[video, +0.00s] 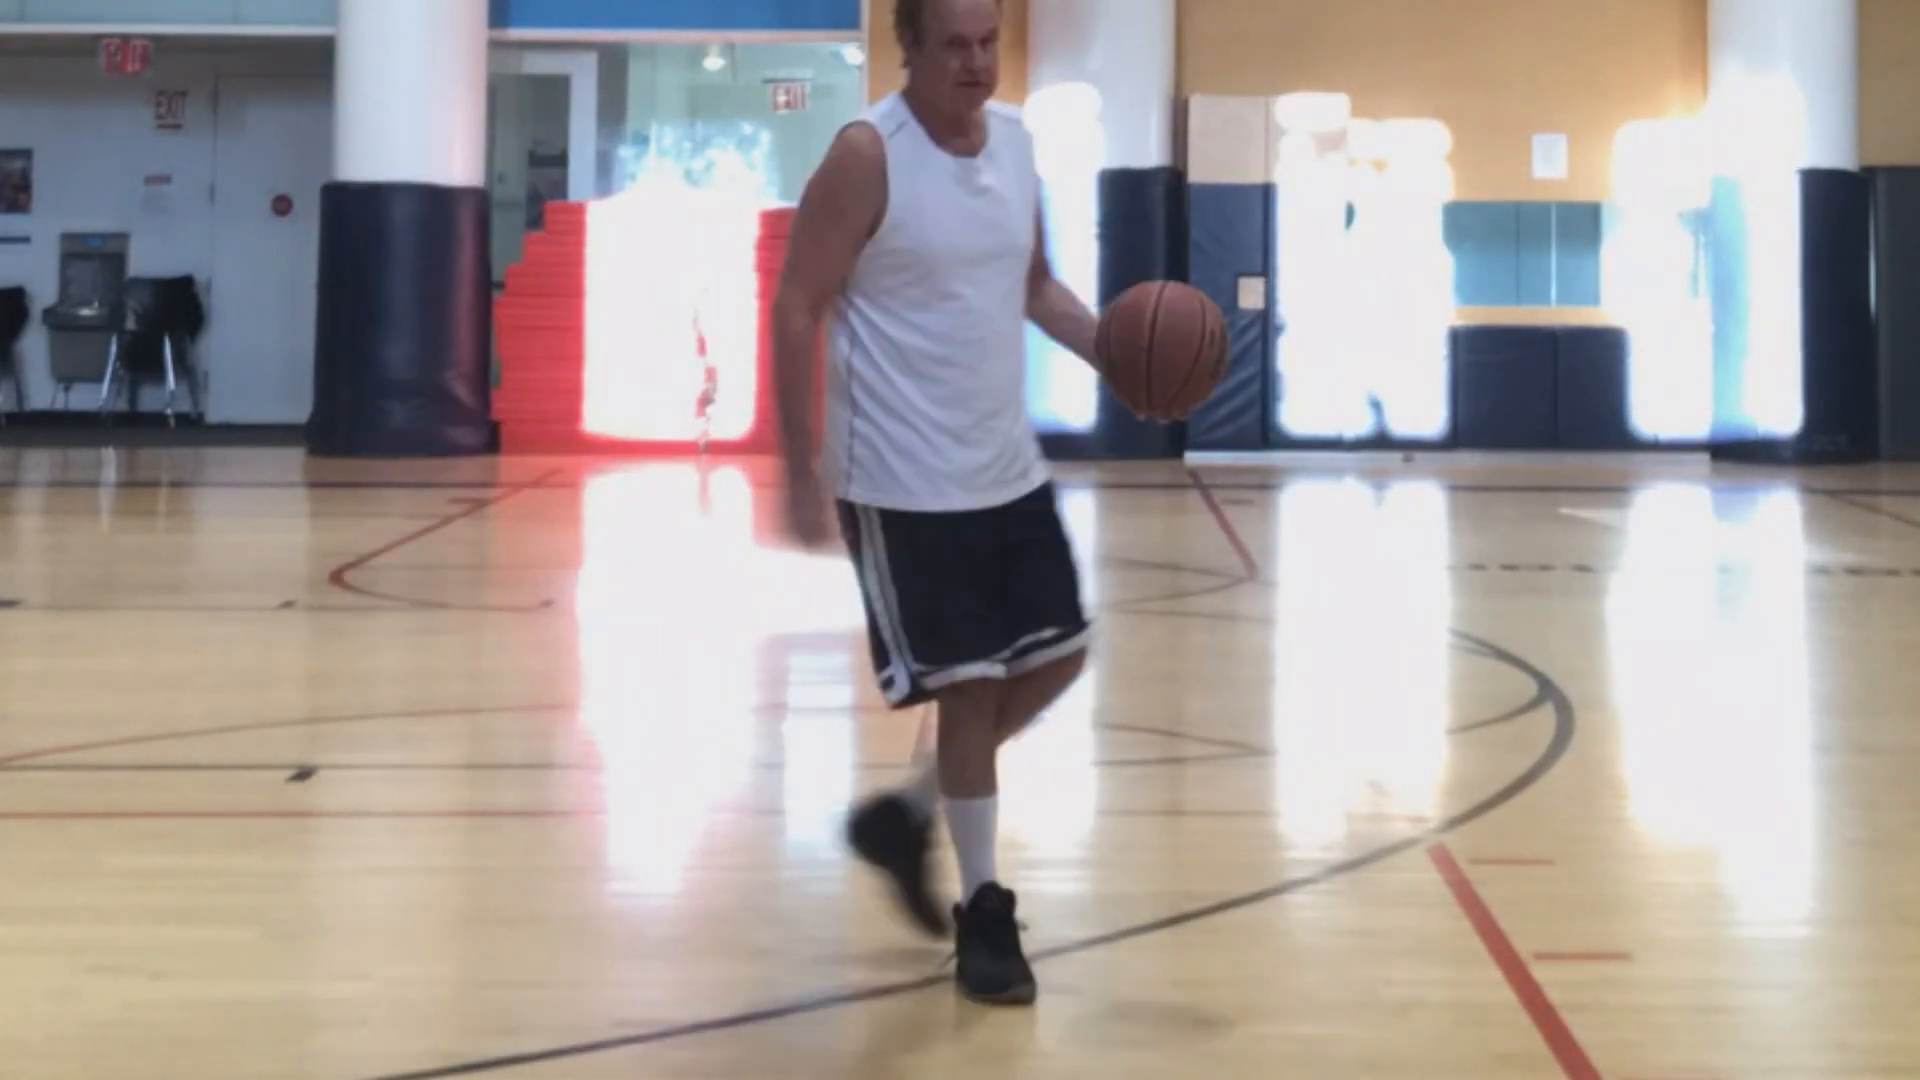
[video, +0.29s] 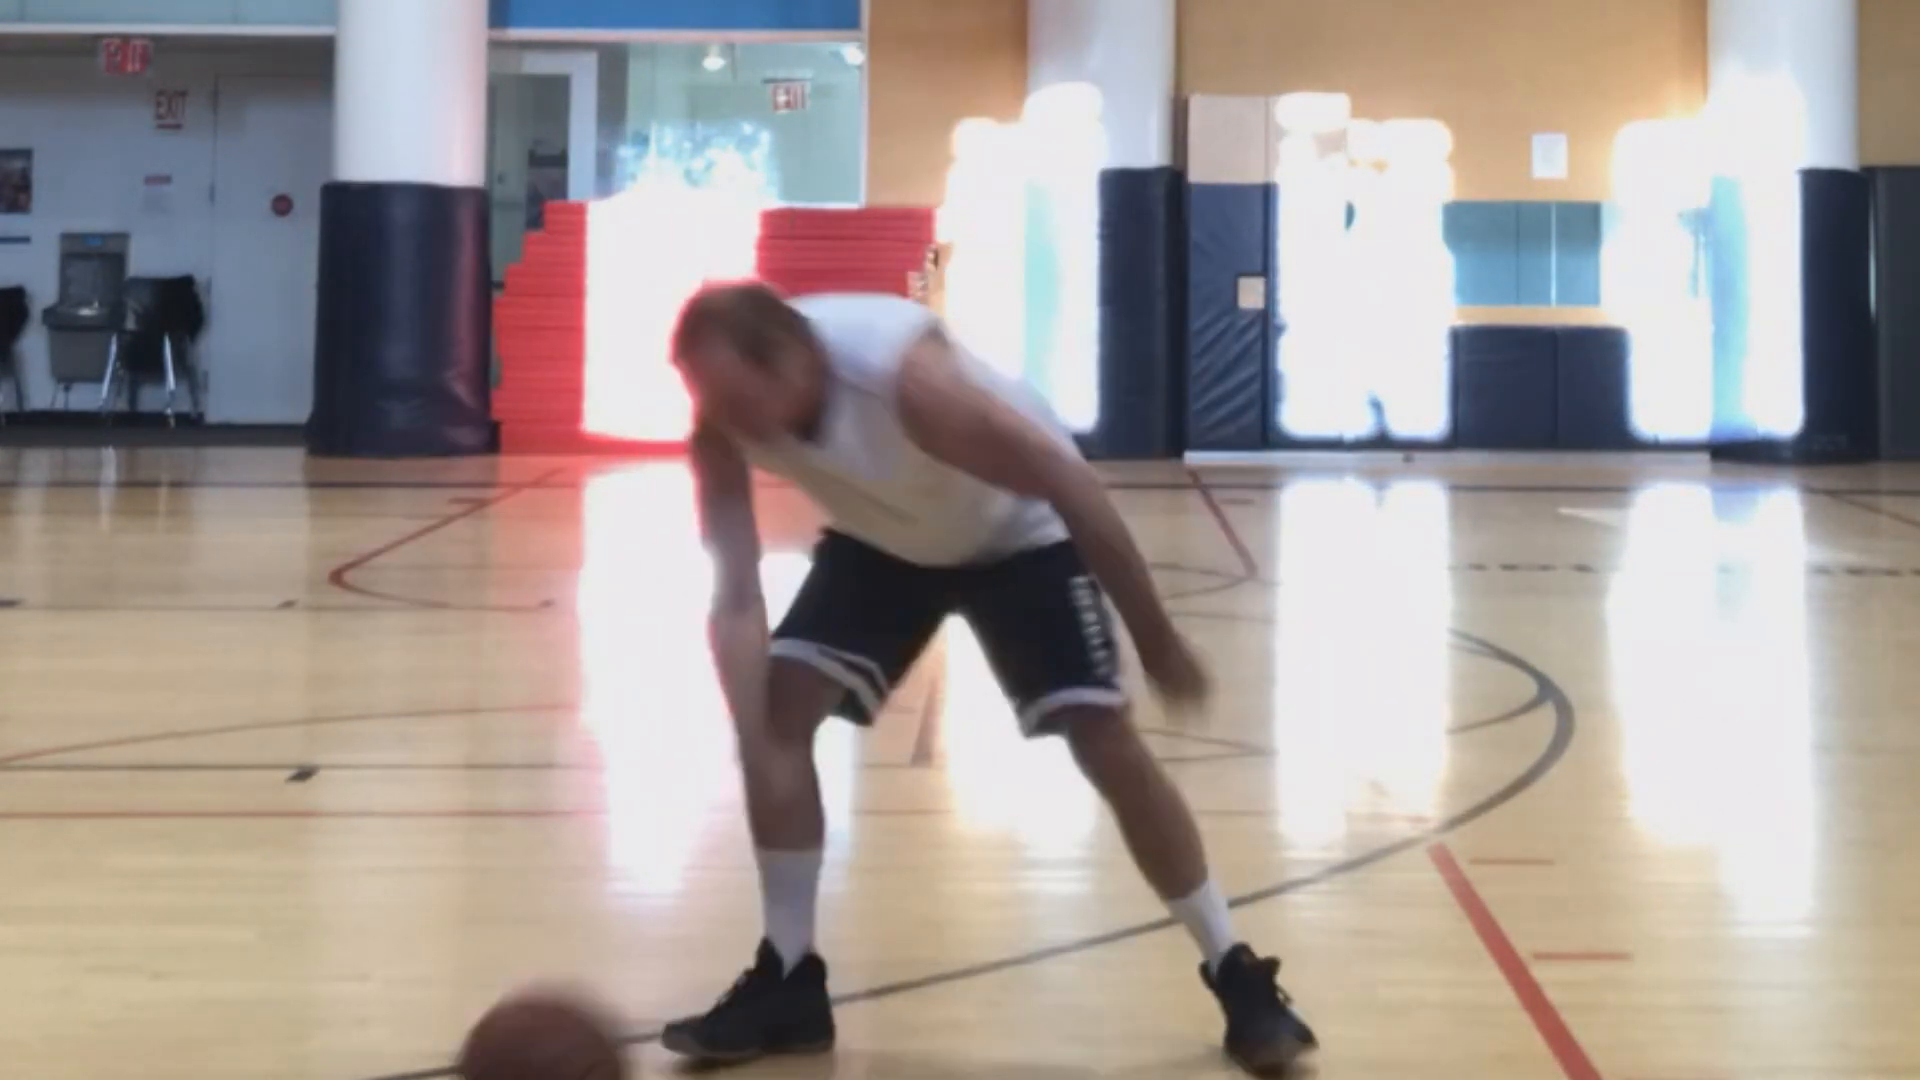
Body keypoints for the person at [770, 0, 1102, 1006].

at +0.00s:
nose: (978, 62)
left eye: (988, 42)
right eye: (957, 43)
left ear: (1002, 45)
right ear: (909, 49)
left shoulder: (1010, 144)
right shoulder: (866, 156)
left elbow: (1031, 282)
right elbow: (797, 307)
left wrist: (1120, 354)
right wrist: (802, 467)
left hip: (1003, 463)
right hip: (902, 475)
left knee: (1055, 655)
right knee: (971, 684)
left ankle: (904, 814)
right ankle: (983, 909)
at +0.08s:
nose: (1158, 150)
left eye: (1178, 128)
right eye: (1137, 128)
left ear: (1208, 115)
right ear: (1103, 113)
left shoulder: (1248, 210)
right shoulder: (1048, 199)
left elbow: (1280, 374)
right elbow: (971, 347)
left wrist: (1303, 508)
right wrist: (931, 502)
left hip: (1192, 497)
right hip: (1052, 497)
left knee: (1216, 715)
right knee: (996, 710)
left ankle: (1239, 977)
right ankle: (981, 893)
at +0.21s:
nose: (1070, 423)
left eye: (1091, 408)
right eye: (1052, 409)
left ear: (1120, 368)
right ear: (1019, 362)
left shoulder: (1161, 376)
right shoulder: (947, 374)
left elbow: (1255, 401)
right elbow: (847, 503)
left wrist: (1336, 472)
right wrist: (783, 644)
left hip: (1112, 547)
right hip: (955, 547)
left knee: (1176, 722)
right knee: (854, 713)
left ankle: (1251, 981)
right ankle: (800, 983)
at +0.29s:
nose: (724, 418)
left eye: (732, 398)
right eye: (712, 403)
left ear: (789, 362)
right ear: (706, 386)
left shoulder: (911, 379)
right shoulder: (727, 420)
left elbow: (1067, 475)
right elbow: (735, 596)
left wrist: (1159, 641)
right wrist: (754, 753)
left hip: (1019, 532)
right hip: (885, 540)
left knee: (1105, 744)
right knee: (779, 709)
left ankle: (1236, 975)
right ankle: (790, 982)